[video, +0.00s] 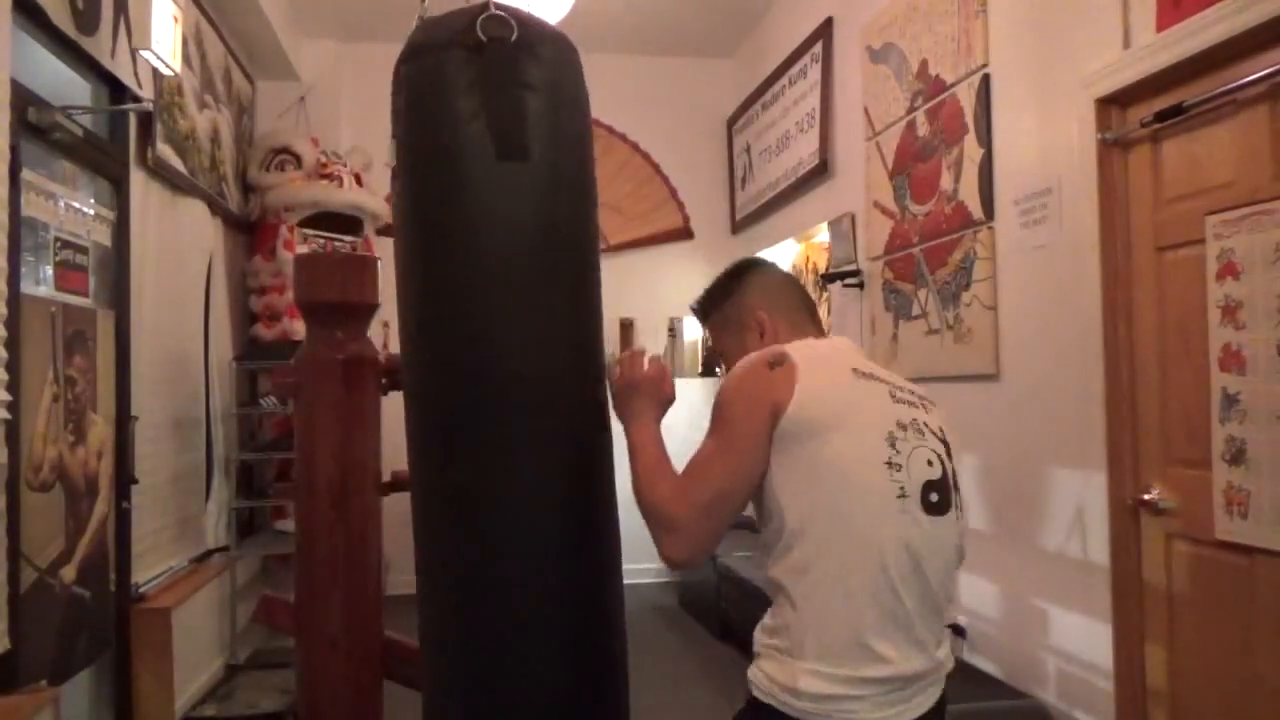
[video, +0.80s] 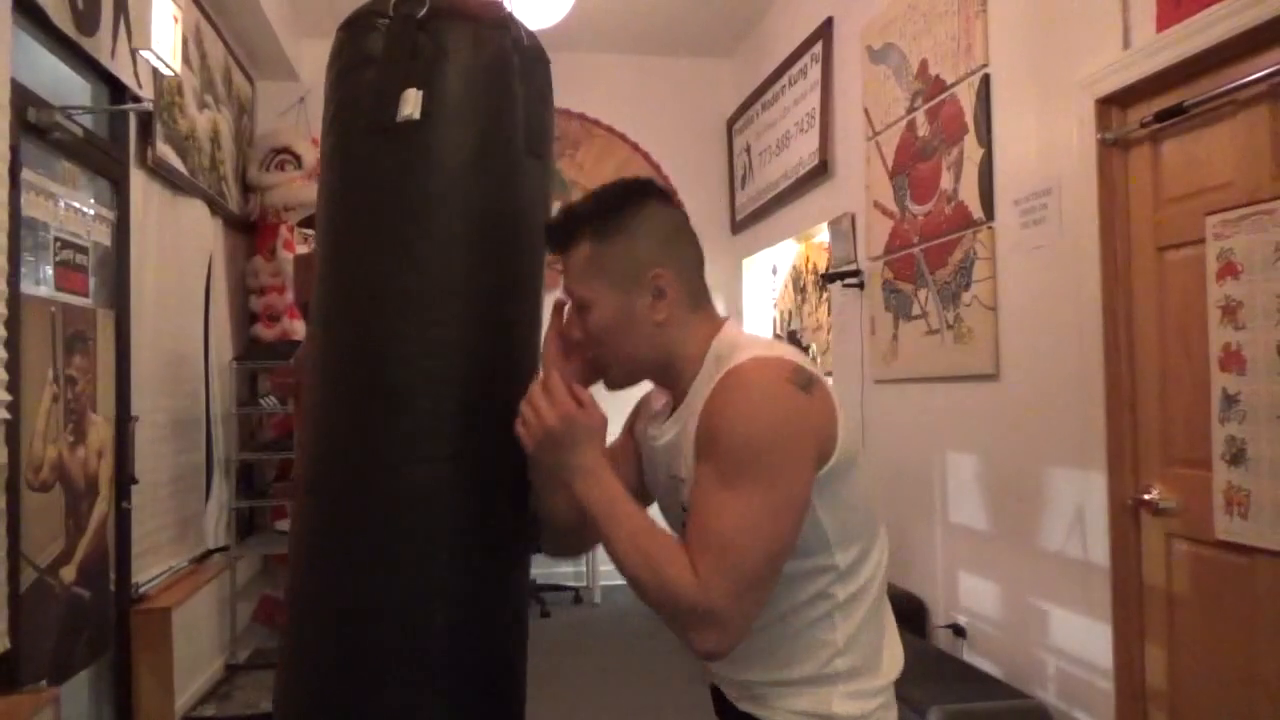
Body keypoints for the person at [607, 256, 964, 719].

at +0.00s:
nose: (728, 378)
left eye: (725, 362)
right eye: (722, 366)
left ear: (760, 330)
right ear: (813, 326)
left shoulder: (767, 376)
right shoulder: (899, 388)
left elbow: (680, 540)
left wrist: (640, 418)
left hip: (810, 704)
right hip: (922, 697)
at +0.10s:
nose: (715, 352)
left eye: (716, 330)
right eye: (710, 334)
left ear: (763, 307)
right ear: (779, 308)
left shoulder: (792, 355)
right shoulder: (865, 358)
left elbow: (700, 520)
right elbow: (774, 542)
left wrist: (655, 389)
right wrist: (730, 414)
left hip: (832, 697)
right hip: (912, 689)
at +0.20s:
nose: (698, 321)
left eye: (706, 299)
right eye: (698, 301)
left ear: (768, 292)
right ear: (771, 294)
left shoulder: (822, 346)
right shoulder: (837, 344)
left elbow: (740, 518)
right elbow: (726, 514)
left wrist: (673, 387)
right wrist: (697, 383)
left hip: (845, 692)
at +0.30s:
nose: (688, 306)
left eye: (697, 284)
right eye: (686, 286)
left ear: (766, 281)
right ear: (765, 284)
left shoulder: (847, 358)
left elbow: (804, 542)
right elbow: (669, 510)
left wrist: (684, 411)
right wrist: (672, 393)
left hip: (847, 692)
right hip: (788, 678)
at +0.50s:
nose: (644, 301)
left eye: (656, 278)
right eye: (641, 280)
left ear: (730, 270)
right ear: (729, 276)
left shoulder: (832, 363)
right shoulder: (713, 386)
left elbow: (793, 564)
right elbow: (609, 504)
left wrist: (654, 430)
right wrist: (625, 363)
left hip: (826, 698)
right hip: (751, 683)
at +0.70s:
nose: (589, 299)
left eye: (601, 276)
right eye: (588, 277)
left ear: (678, 269)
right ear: (678, 272)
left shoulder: (787, 374)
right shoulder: (666, 387)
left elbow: (734, 596)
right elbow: (572, 503)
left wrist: (607, 446)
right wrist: (573, 361)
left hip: (811, 703)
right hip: (732, 687)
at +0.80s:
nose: (570, 328)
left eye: (581, 307)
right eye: (567, 307)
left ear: (658, 295)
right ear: (658, 297)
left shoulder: (762, 396)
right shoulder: (659, 408)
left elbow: (712, 623)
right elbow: (566, 536)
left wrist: (582, 465)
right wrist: (557, 394)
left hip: (821, 707)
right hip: (740, 697)